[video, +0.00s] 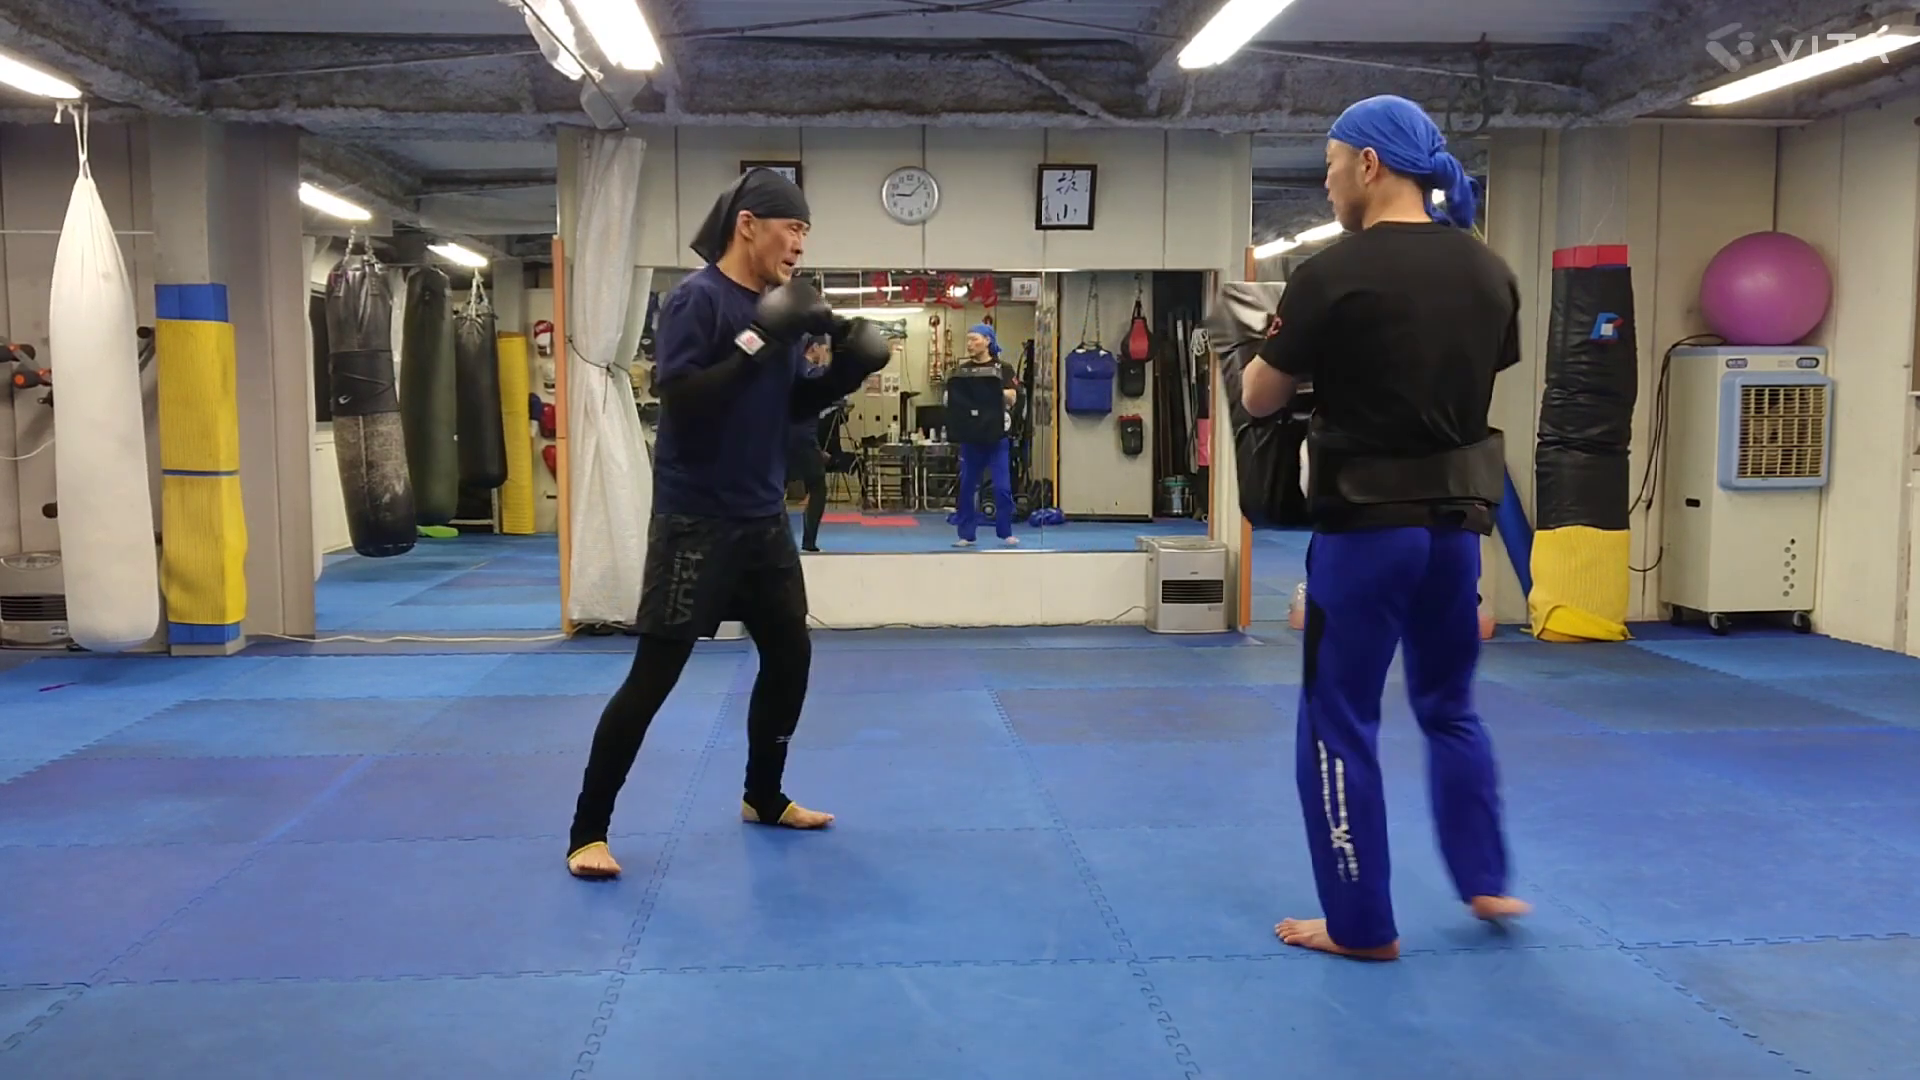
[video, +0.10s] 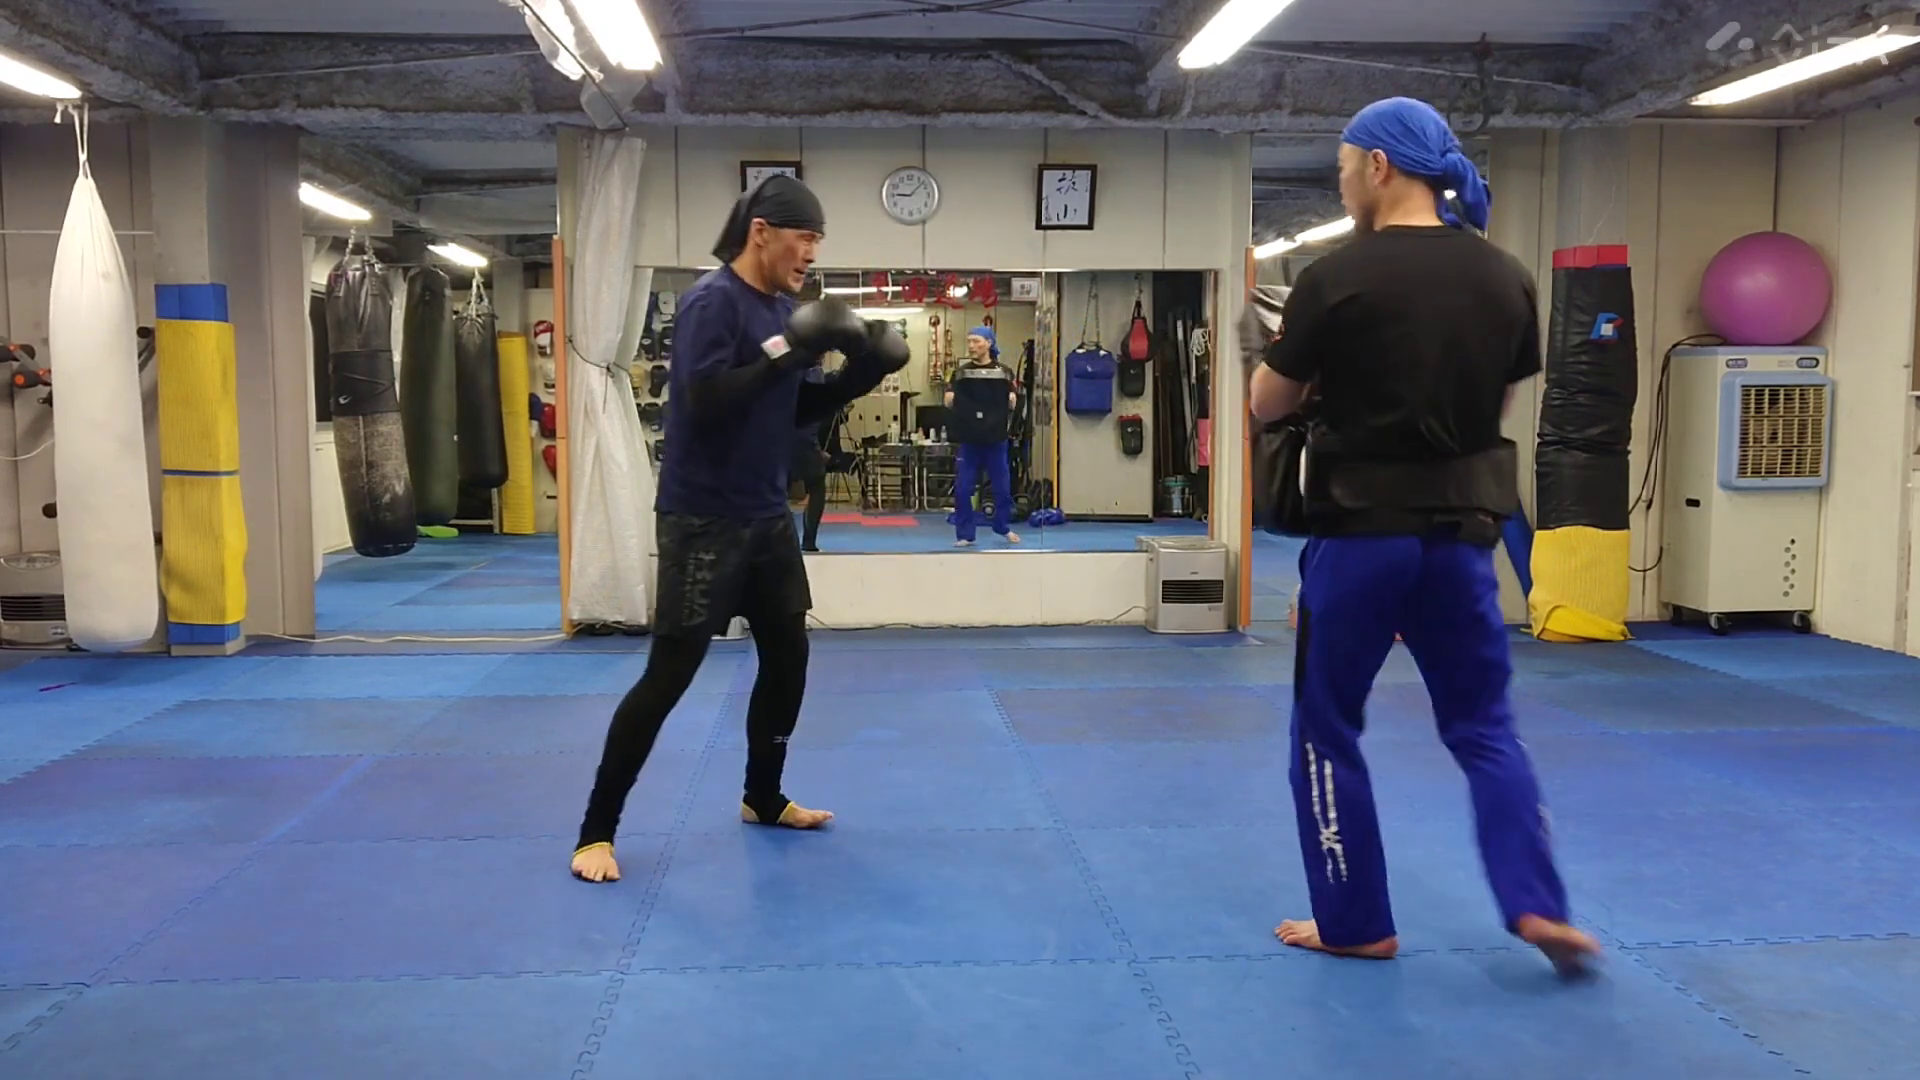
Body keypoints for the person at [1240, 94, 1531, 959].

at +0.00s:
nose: (1325, 181)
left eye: (1331, 164)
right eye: (1327, 165)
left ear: (1370, 164)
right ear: (1413, 171)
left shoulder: (1334, 272)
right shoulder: (1487, 270)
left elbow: (1260, 397)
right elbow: (1484, 369)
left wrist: (1267, 336)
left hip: (1363, 534)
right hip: (1457, 533)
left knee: (1338, 724)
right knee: (1451, 710)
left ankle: (1361, 926)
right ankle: (1488, 883)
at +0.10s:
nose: (1339, 187)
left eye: (1343, 170)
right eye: (1339, 171)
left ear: (1378, 165)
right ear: (1423, 170)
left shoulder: (1337, 277)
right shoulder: (1503, 275)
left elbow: (1268, 404)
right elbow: (1506, 397)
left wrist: (1335, 375)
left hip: (1358, 544)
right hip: (1462, 543)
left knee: (1325, 731)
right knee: (1485, 728)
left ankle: (1356, 922)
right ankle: (1536, 904)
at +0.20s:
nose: (1357, 195)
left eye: (1361, 179)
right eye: (1358, 179)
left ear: (1395, 177)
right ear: (1452, 182)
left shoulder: (1348, 286)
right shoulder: (1525, 290)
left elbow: (1285, 414)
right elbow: (1524, 431)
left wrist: (1355, 397)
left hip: (1364, 557)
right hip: (1477, 559)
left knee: (1296, 713)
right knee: (1523, 749)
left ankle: (1342, 907)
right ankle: (1578, 962)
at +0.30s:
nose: (1368, 203)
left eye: (1373, 186)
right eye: (1372, 187)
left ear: (1405, 186)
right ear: (1461, 196)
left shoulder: (1353, 296)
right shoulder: (1537, 299)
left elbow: (1303, 434)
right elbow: (1544, 433)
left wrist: (1367, 415)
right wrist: (1465, 428)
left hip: (1367, 571)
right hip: (1487, 576)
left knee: (1275, 706)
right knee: (1534, 766)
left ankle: (1275, 892)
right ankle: (1578, 973)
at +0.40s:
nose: (1364, 213)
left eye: (1369, 197)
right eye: (1367, 197)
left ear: (1399, 199)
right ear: (1463, 205)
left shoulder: (1344, 312)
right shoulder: (1537, 312)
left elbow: (1299, 440)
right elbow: (1548, 446)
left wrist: (1370, 414)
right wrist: (1467, 413)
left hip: (1361, 584)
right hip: (1482, 587)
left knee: (1275, 747)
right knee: (1531, 776)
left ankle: (1179, 915)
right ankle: (1571, 974)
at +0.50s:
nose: (1354, 221)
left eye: (1360, 205)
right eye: (1360, 205)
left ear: (1385, 210)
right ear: (1451, 219)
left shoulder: (1329, 319)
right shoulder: (1520, 323)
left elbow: (1284, 445)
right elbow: (1531, 458)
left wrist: (1368, 424)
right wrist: (1450, 437)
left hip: (1339, 597)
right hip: (1463, 605)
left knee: (1246, 750)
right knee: (1520, 780)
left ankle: (1170, 924)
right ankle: (1569, 975)